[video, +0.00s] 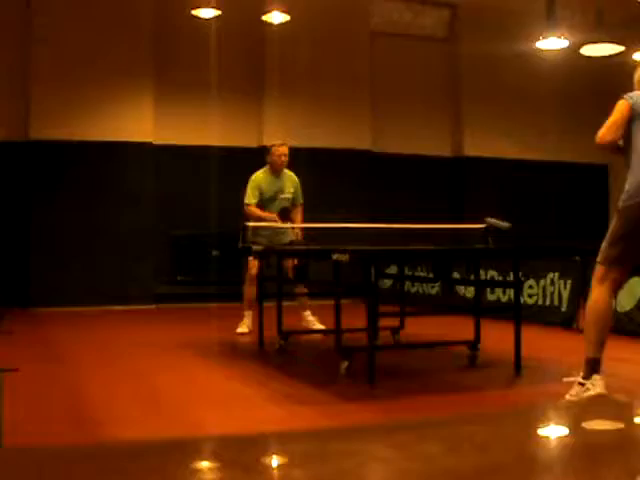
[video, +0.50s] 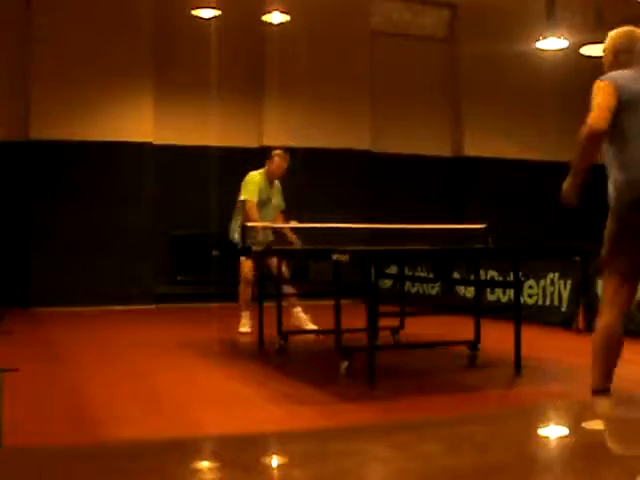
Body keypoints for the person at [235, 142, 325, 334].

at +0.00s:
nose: (283, 159)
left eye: (285, 156)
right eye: (279, 156)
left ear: (287, 158)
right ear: (269, 157)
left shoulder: (292, 179)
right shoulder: (257, 178)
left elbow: (297, 206)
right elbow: (249, 207)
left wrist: (297, 228)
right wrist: (268, 216)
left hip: (284, 233)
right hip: (260, 234)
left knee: (294, 270)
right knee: (253, 272)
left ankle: (307, 314)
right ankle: (247, 316)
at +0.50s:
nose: (281, 170)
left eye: (283, 167)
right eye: (278, 165)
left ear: (284, 168)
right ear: (269, 163)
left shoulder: (276, 185)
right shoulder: (253, 178)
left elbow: (277, 216)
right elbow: (250, 206)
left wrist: (288, 234)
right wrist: (258, 225)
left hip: (266, 235)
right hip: (245, 235)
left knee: (281, 269)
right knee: (247, 271)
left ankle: (295, 312)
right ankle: (245, 316)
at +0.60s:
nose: (273, 171)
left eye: (276, 168)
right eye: (272, 166)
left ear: (276, 167)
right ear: (263, 160)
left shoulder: (267, 183)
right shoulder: (246, 174)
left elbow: (265, 207)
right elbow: (254, 195)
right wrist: (271, 214)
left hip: (260, 234)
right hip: (240, 234)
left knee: (273, 268)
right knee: (243, 272)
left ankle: (277, 313)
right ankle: (241, 316)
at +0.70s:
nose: (249, 166)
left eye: (251, 163)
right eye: (248, 160)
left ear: (249, 165)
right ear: (240, 156)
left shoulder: (241, 183)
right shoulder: (220, 174)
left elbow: (233, 217)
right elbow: (217, 169)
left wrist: (237, 240)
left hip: (230, 231)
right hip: (212, 230)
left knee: (240, 269)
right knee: (218, 271)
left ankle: (231, 308)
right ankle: (219, 313)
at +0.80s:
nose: (216, 162)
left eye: (219, 159)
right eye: (214, 157)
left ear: (220, 163)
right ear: (204, 157)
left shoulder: (213, 184)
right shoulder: (191, 171)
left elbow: (208, 212)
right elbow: (174, 160)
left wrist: (208, 232)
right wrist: (194, 149)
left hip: (202, 230)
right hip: (184, 227)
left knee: (197, 272)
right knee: (191, 271)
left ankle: (179, 301)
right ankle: (192, 313)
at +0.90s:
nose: (194, 169)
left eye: (197, 166)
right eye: (192, 164)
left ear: (199, 170)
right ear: (184, 163)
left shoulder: (193, 190)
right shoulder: (169, 178)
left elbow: (193, 219)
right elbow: (150, 177)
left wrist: (197, 242)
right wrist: (171, 162)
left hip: (181, 236)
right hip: (163, 233)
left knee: (170, 272)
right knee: (171, 270)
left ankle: (154, 305)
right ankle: (174, 313)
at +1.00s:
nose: (188, 169)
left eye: (191, 165)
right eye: (185, 164)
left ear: (193, 168)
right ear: (176, 164)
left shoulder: (187, 192)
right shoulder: (163, 182)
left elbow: (192, 222)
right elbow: (143, 191)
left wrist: (200, 243)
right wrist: (163, 185)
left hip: (173, 236)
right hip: (156, 233)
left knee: (162, 273)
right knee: (165, 269)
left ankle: (147, 307)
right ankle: (167, 313)